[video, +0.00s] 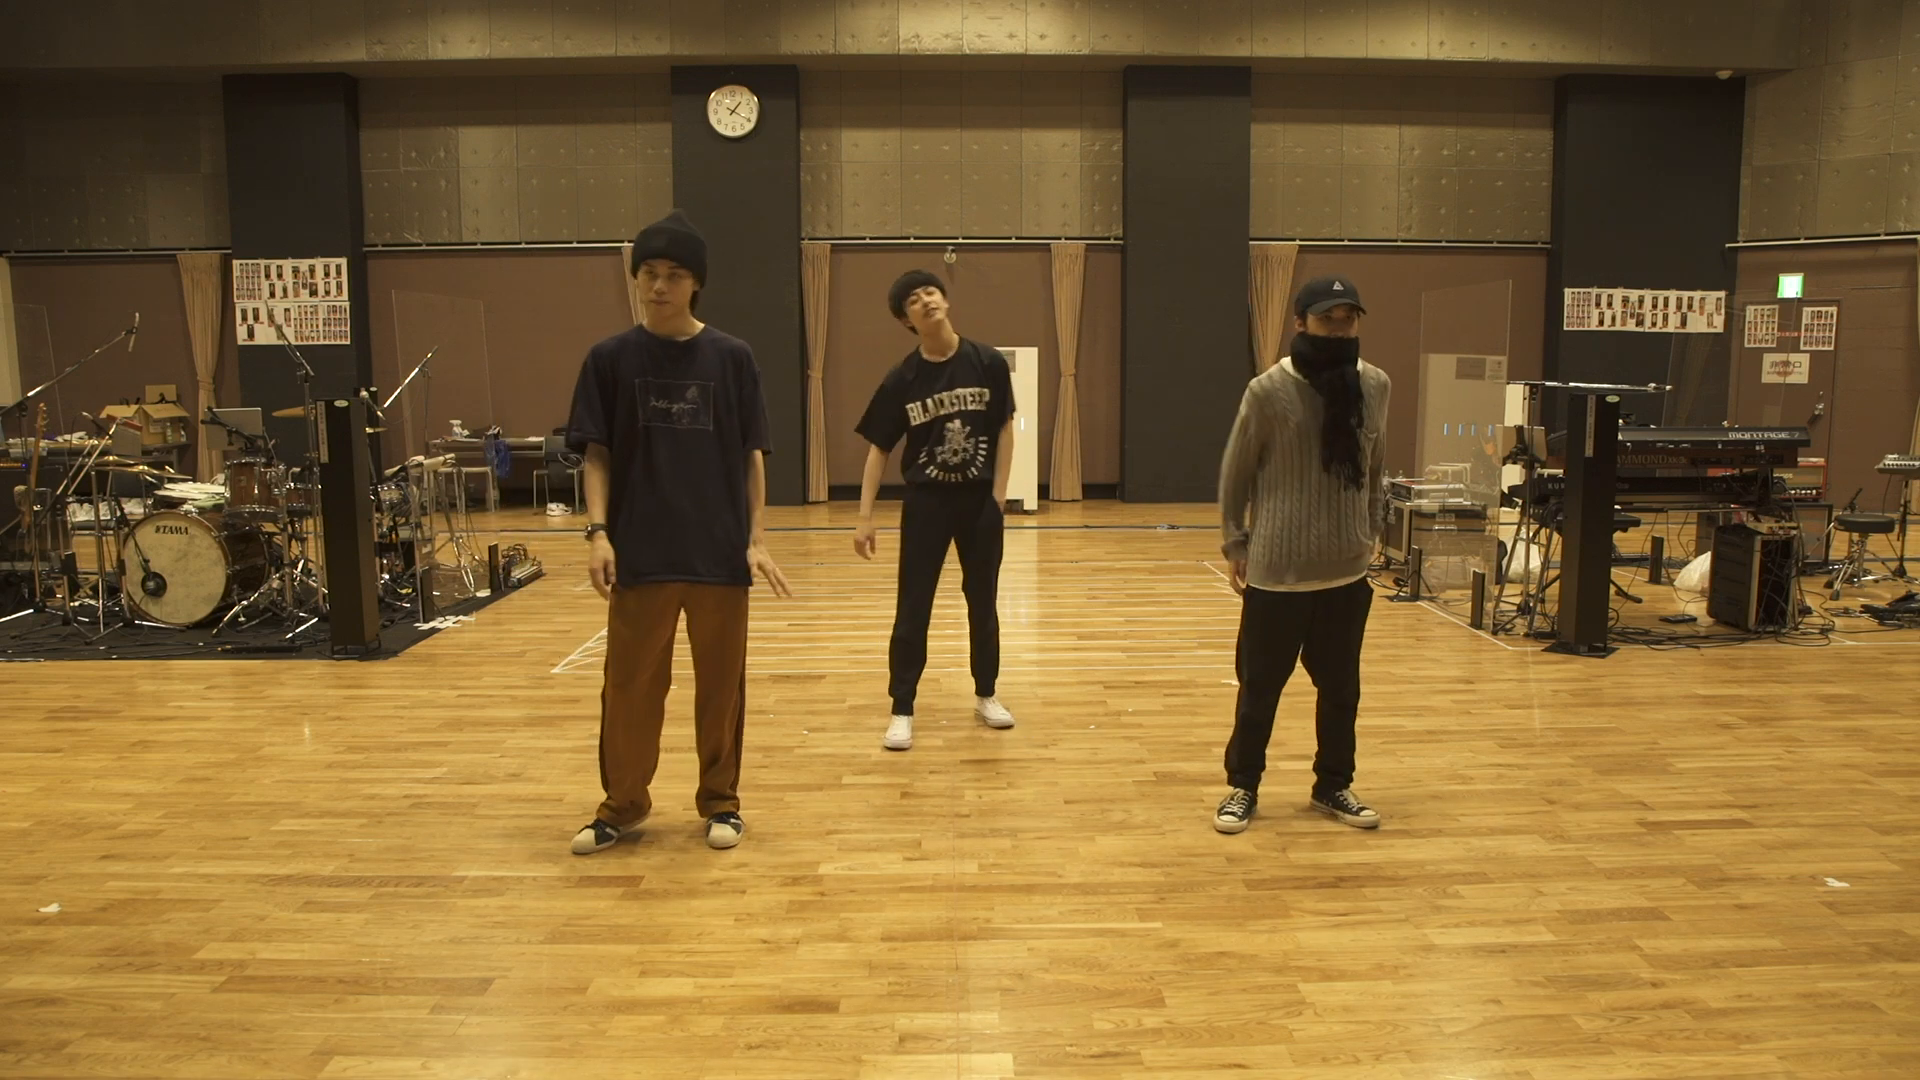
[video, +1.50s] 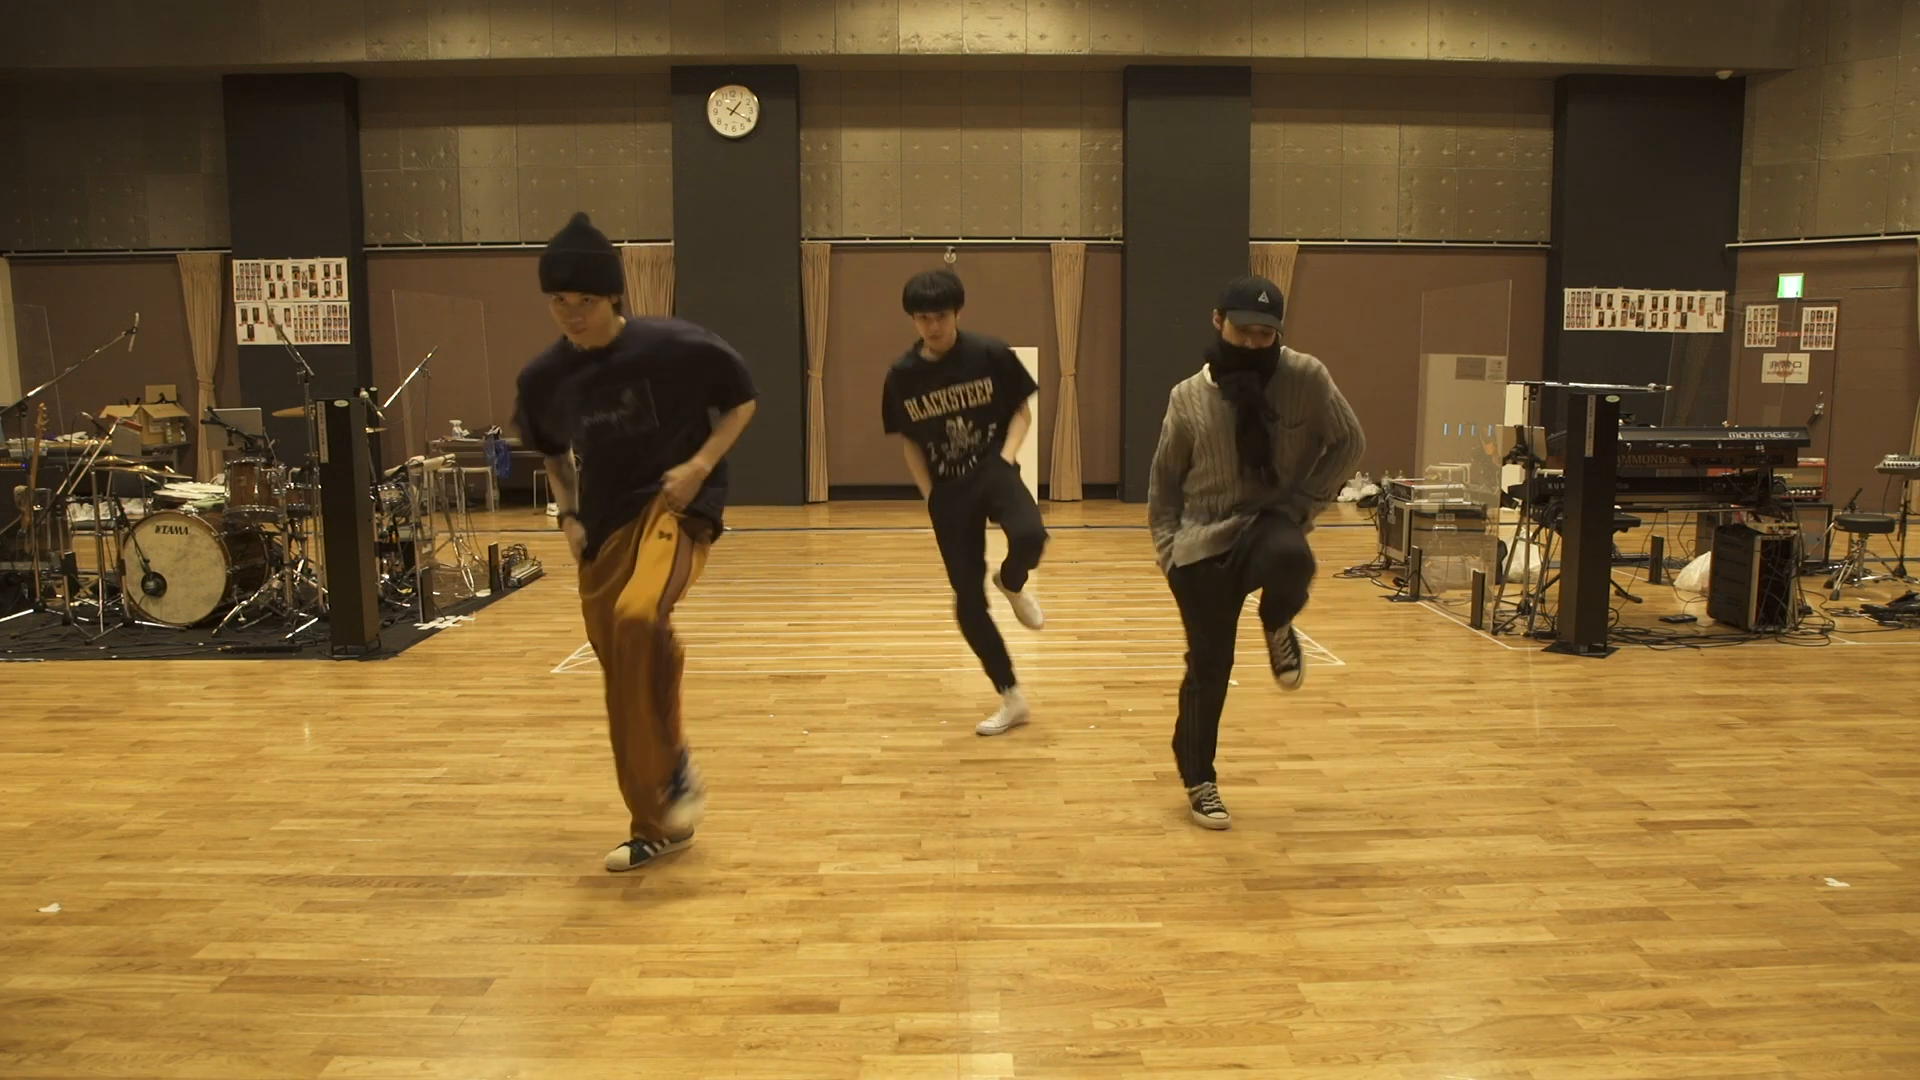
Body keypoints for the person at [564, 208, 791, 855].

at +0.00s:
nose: (658, 286)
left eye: (672, 275)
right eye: (649, 274)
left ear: (696, 283)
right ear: (635, 281)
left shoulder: (731, 358)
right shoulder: (610, 359)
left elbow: (752, 456)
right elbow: (595, 455)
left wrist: (756, 539)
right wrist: (598, 533)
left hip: (719, 552)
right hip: (640, 553)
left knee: (722, 685)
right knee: (629, 687)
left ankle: (721, 802)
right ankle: (622, 807)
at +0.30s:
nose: (675, 282)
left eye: (688, 270)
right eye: (665, 271)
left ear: (713, 277)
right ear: (652, 280)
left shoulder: (750, 360)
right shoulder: (626, 356)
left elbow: (772, 455)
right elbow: (611, 449)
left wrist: (772, 535)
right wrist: (613, 528)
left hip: (728, 549)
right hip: (650, 548)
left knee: (727, 684)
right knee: (640, 682)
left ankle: (722, 804)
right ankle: (632, 800)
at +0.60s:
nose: (666, 283)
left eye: (679, 271)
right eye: (655, 272)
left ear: (704, 277)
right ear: (642, 282)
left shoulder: (740, 362)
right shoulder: (614, 357)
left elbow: (784, 445)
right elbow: (593, 442)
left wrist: (774, 502)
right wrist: (592, 507)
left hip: (715, 549)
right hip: (635, 554)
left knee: (721, 681)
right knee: (637, 692)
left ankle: (722, 807)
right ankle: (665, 816)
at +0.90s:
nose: (620, 289)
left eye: (633, 276)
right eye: (609, 278)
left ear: (663, 280)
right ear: (598, 287)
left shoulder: (702, 362)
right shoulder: (579, 368)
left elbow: (754, 451)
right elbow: (570, 460)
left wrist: (715, 506)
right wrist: (576, 530)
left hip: (676, 551)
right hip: (607, 557)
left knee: (666, 678)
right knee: (628, 698)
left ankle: (711, 774)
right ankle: (668, 818)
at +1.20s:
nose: (541, 343)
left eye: (550, 329)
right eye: (534, 331)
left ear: (584, 322)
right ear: (538, 329)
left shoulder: (624, 395)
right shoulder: (593, 381)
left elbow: (674, 503)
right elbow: (624, 488)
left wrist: (625, 573)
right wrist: (611, 556)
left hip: (659, 573)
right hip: (630, 568)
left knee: (602, 695)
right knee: (634, 686)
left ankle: (631, 855)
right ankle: (673, 808)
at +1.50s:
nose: (568, 317)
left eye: (580, 303)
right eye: (558, 304)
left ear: (613, 295)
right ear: (548, 302)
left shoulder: (673, 345)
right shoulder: (545, 378)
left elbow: (742, 400)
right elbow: (553, 452)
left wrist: (699, 465)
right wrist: (570, 514)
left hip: (672, 512)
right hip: (604, 534)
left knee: (636, 616)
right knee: (621, 675)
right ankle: (651, 826)